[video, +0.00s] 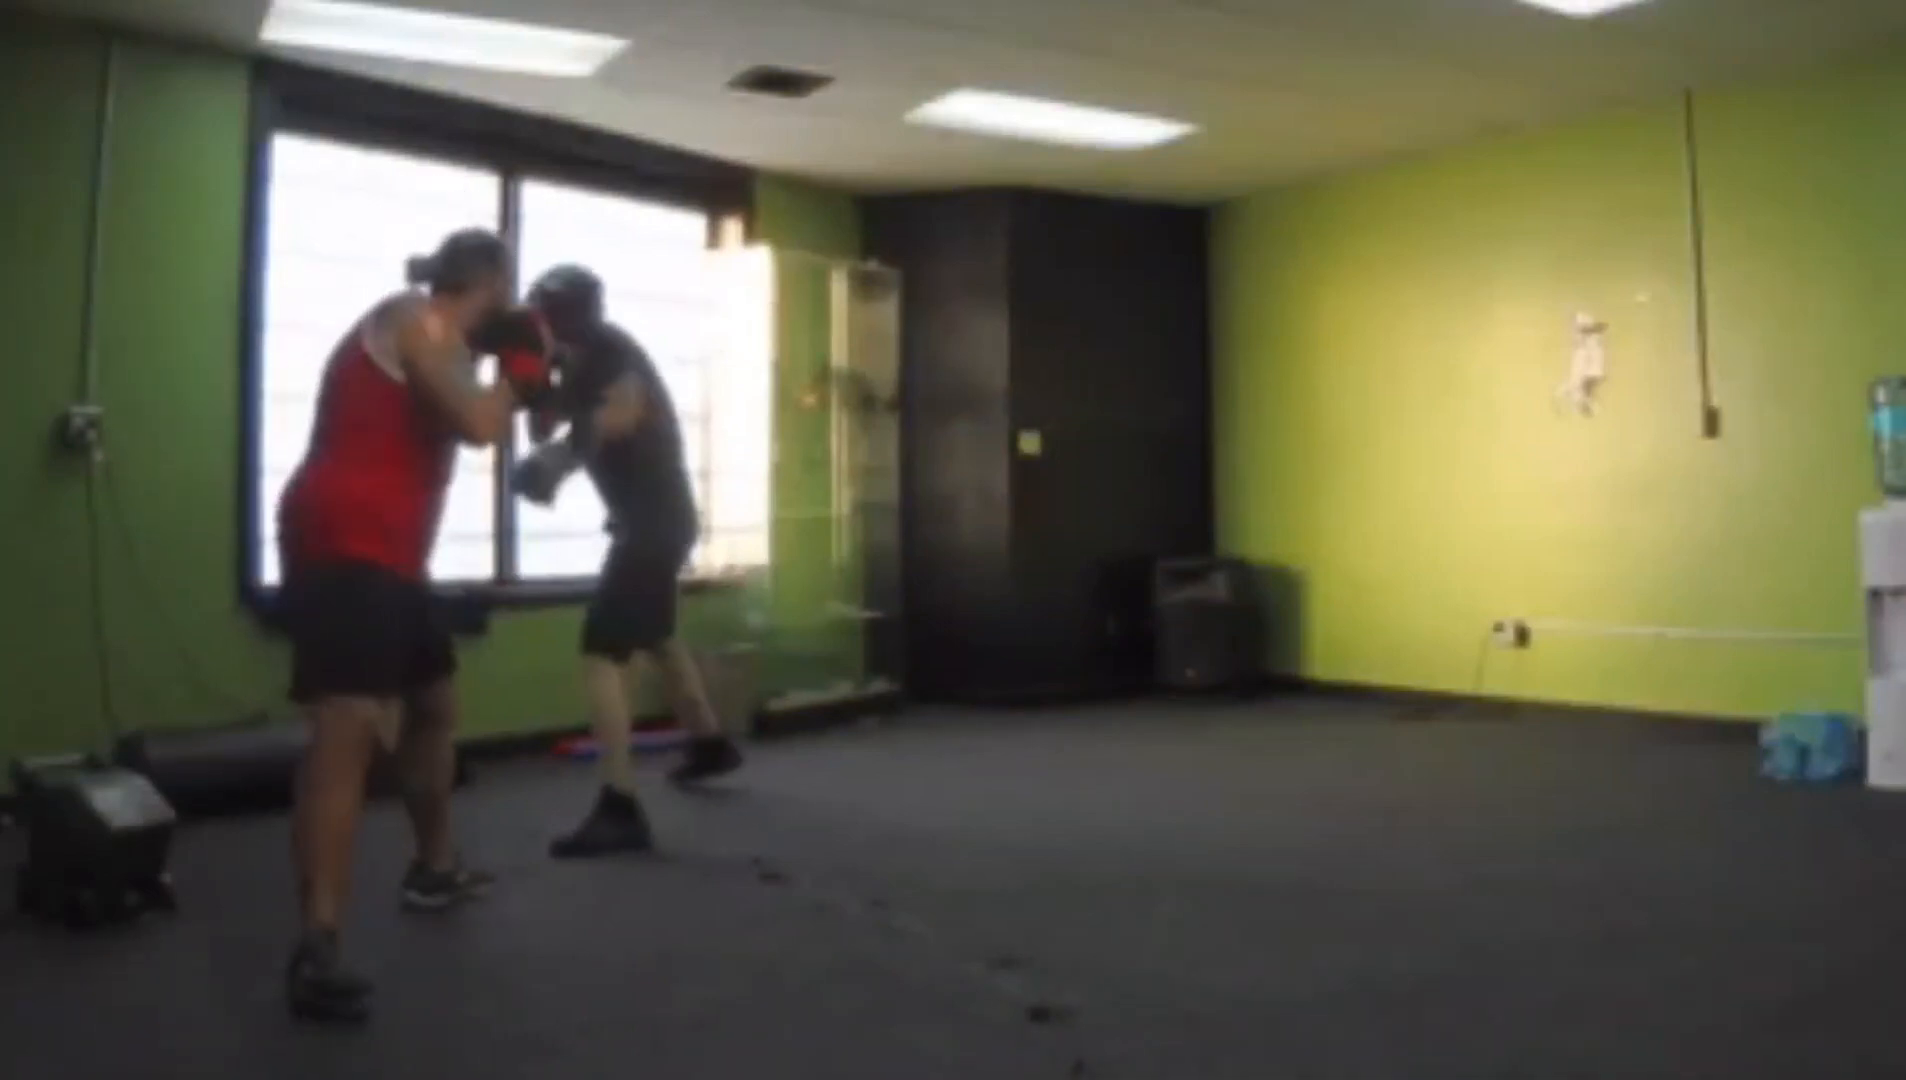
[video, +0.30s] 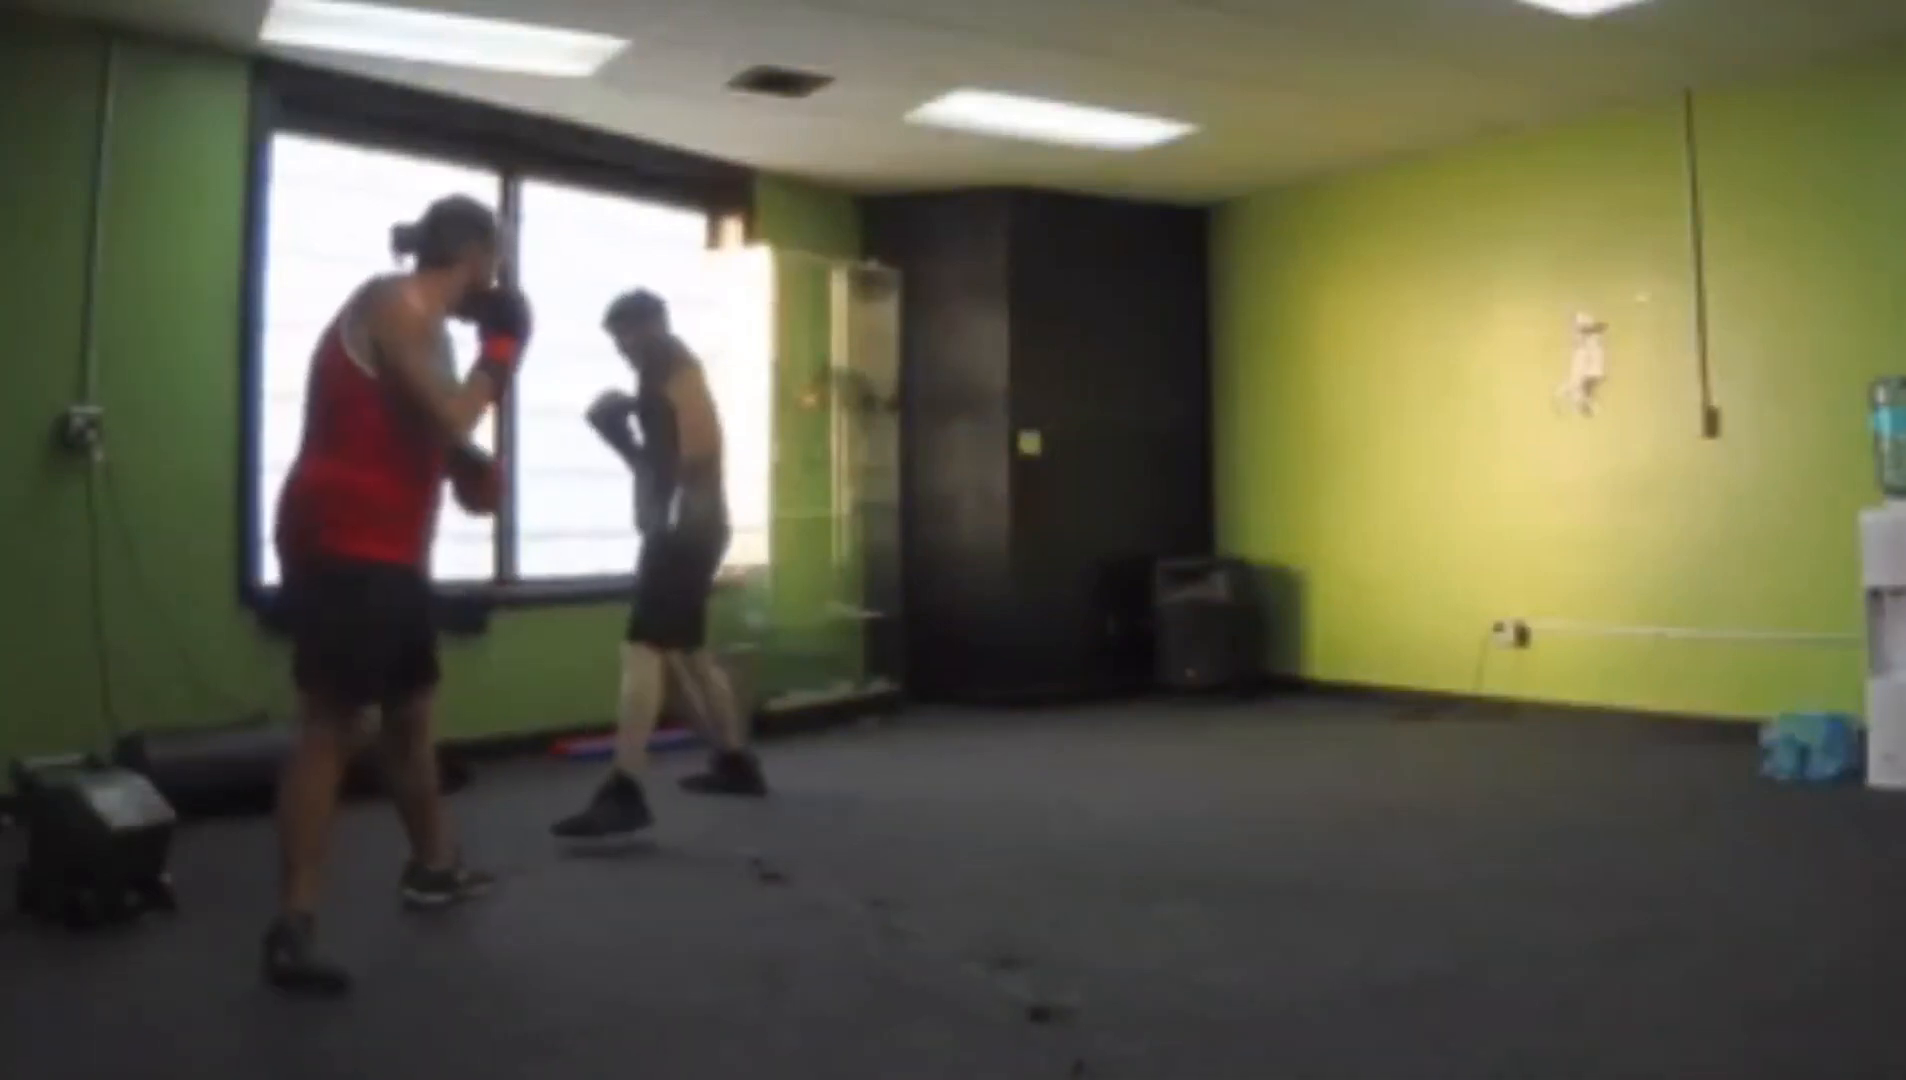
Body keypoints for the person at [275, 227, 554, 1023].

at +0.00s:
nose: (497, 317)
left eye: (500, 305)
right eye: (497, 303)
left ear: (444, 275)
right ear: (474, 288)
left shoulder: (391, 327)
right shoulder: (419, 322)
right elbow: (483, 422)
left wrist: (496, 363)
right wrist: (514, 371)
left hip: (371, 554)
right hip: (351, 551)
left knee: (434, 700)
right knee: (344, 736)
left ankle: (435, 866)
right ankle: (319, 943)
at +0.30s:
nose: (489, 284)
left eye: (492, 273)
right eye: (488, 270)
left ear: (430, 249)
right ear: (464, 259)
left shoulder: (404, 321)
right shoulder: (393, 305)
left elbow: (403, 434)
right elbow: (450, 415)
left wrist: (460, 471)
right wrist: (500, 352)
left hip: (386, 549)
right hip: (348, 546)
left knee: (410, 711)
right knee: (330, 728)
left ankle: (433, 863)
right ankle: (295, 922)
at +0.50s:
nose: (460, 271)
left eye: (461, 258)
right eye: (459, 256)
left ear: (396, 237)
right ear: (438, 245)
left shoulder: (335, 304)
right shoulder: (384, 308)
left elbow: (288, 406)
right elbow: (446, 421)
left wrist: (419, 469)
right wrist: (482, 347)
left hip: (306, 547)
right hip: (365, 553)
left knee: (298, 733)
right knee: (416, 691)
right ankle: (432, 849)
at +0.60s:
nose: (454, 261)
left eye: (455, 249)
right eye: (453, 246)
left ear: (390, 228)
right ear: (435, 235)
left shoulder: (329, 301)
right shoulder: (392, 302)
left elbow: (294, 409)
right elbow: (447, 415)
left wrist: (439, 461)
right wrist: (480, 345)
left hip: (310, 535)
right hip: (364, 543)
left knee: (301, 734)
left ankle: (289, 920)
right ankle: (432, 848)